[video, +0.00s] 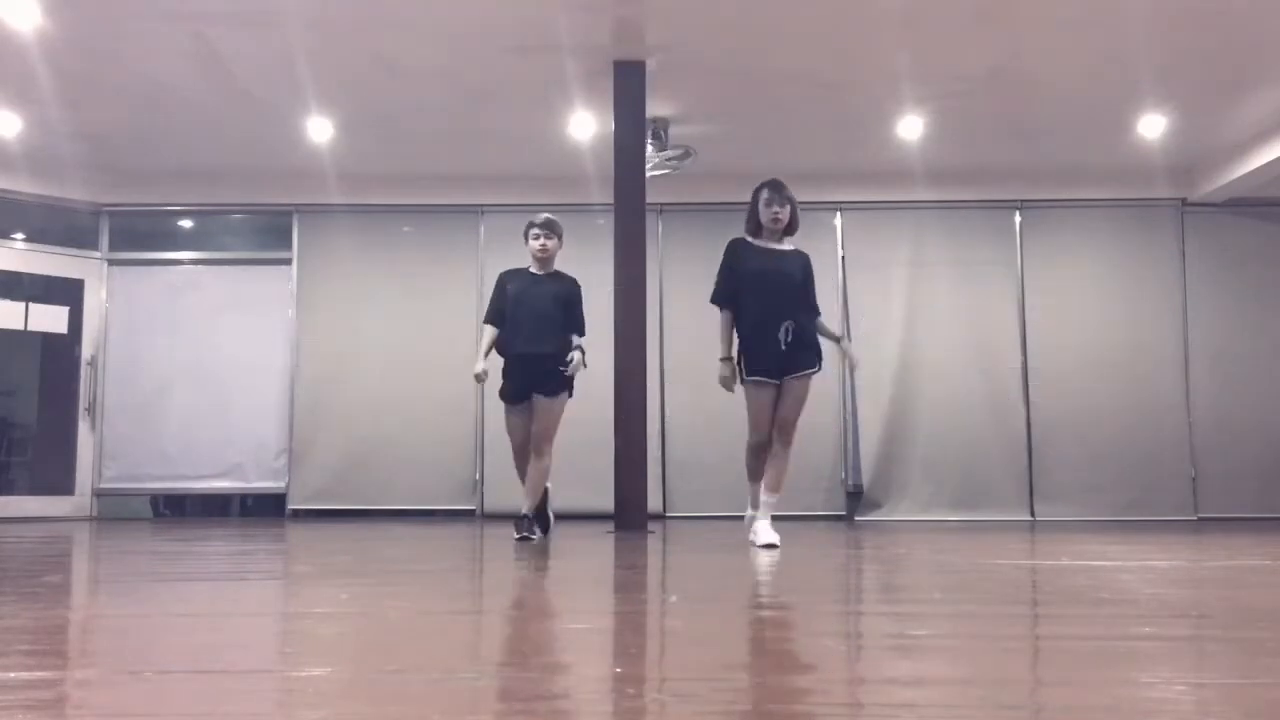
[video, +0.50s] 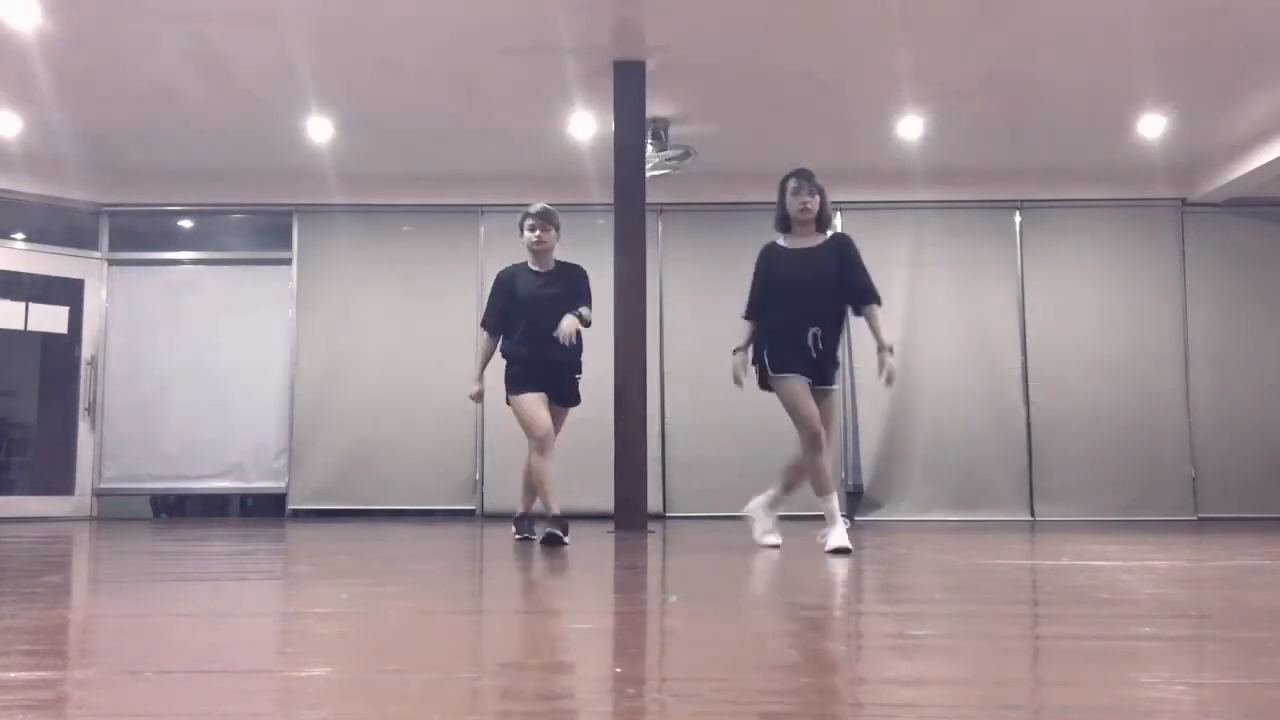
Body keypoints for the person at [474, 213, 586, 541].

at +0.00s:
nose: (542, 242)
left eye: (548, 237)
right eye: (536, 237)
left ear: (559, 243)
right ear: (526, 243)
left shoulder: (568, 285)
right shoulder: (508, 279)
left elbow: (576, 332)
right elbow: (493, 323)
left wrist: (578, 352)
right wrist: (481, 357)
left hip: (553, 370)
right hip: (515, 370)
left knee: (541, 447)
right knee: (520, 449)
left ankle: (527, 516)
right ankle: (540, 503)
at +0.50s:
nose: (539, 234)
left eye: (546, 228)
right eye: (532, 228)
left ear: (557, 234)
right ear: (522, 235)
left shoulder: (574, 274)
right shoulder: (509, 278)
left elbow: (585, 313)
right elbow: (491, 331)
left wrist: (573, 318)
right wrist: (478, 377)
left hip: (563, 373)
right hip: (521, 371)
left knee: (542, 447)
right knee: (542, 435)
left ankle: (524, 516)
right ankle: (554, 519)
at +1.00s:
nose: (551, 210)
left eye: (559, 204)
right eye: (543, 205)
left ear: (571, 211)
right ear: (533, 212)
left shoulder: (585, 260)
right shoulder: (514, 249)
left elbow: (599, 312)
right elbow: (496, 303)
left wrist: (611, 328)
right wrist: (511, 353)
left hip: (573, 356)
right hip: (527, 358)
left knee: (560, 431)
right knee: (527, 455)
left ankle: (567, 524)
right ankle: (559, 496)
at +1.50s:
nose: (533, 185)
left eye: (539, 176)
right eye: (524, 181)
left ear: (554, 181)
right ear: (514, 190)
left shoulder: (579, 234)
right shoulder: (501, 230)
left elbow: (589, 295)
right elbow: (488, 278)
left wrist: (590, 338)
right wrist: (529, 238)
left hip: (565, 341)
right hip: (514, 341)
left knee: (558, 423)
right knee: (524, 446)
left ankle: (552, 525)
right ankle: (524, 524)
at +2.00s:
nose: (528, 146)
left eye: (537, 140)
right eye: (520, 139)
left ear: (549, 152)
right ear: (506, 147)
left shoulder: (562, 209)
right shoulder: (481, 196)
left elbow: (576, 266)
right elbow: (458, 252)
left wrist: (561, 291)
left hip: (543, 320)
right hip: (491, 318)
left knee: (556, 420)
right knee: (458, 414)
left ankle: (582, 519)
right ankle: (423, 507)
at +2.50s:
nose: (500, 169)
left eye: (510, 163)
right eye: (492, 162)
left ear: (524, 175)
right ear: (480, 173)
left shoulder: (537, 232)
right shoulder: (456, 214)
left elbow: (558, 292)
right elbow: (432, 274)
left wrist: (531, 287)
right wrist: (461, 313)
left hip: (535, 343)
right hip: (482, 343)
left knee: (562, 435)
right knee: (456, 440)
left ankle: (588, 527)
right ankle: (418, 530)